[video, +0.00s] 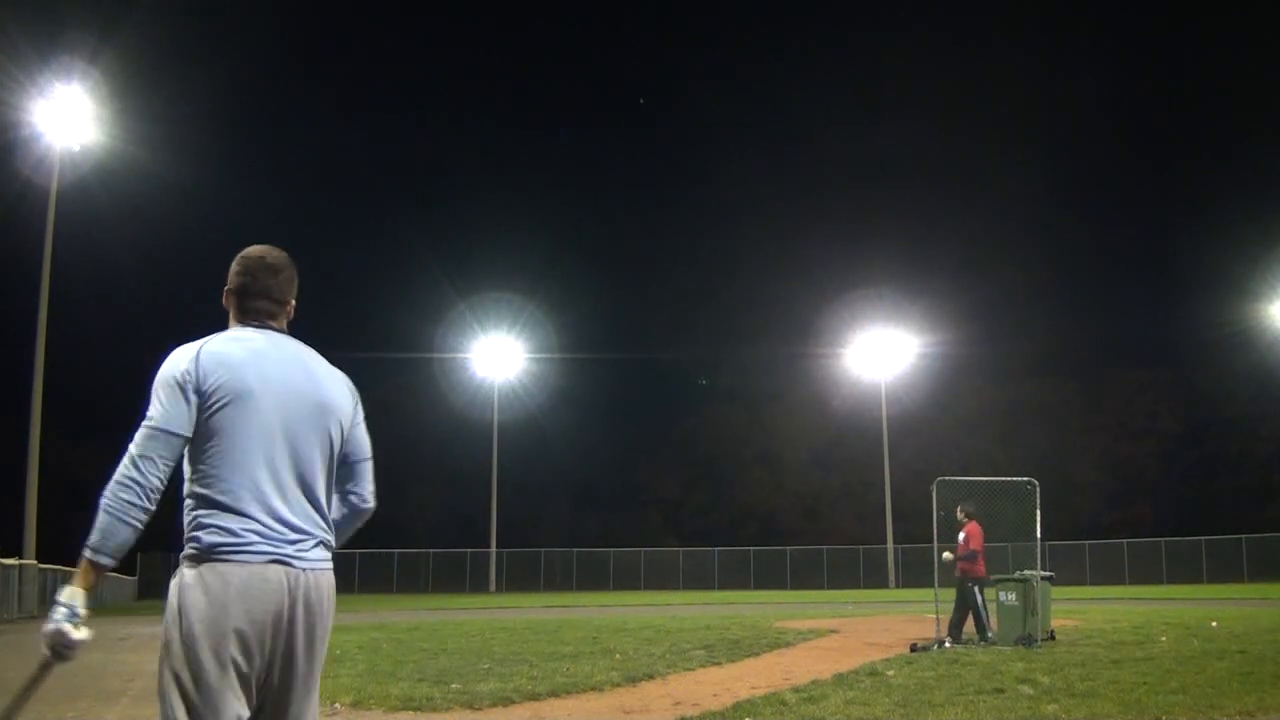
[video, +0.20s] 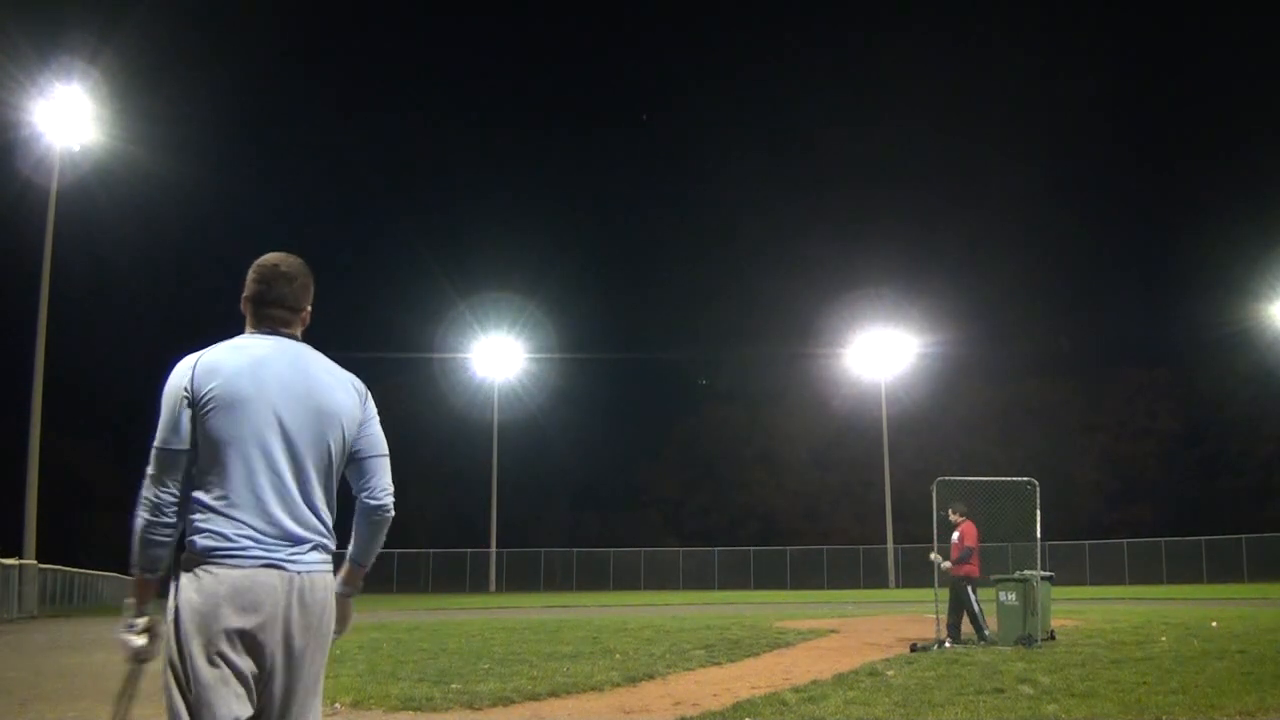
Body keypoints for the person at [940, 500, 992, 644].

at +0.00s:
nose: (957, 514)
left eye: (958, 512)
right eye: (957, 512)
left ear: (965, 513)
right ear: (966, 514)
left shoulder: (974, 528)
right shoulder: (965, 528)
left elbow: (975, 552)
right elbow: (966, 551)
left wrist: (955, 557)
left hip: (974, 576)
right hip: (964, 575)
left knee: (978, 607)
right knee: (960, 608)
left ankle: (985, 636)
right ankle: (954, 636)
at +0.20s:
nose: (949, 518)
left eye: (950, 515)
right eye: (949, 515)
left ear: (958, 514)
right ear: (957, 514)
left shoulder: (968, 527)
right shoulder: (959, 528)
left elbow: (968, 551)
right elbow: (957, 555)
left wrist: (952, 563)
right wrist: (943, 561)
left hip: (966, 574)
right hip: (957, 574)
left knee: (972, 607)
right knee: (955, 608)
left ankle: (984, 635)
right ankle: (953, 636)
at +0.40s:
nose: (942, 518)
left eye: (944, 514)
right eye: (941, 515)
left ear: (952, 514)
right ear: (950, 515)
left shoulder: (963, 527)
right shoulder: (950, 529)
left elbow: (967, 548)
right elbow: (948, 552)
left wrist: (959, 563)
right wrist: (933, 560)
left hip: (961, 572)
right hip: (950, 573)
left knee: (961, 601)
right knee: (951, 605)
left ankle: (978, 631)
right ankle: (953, 636)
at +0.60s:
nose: (938, 518)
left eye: (940, 514)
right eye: (937, 515)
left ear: (948, 514)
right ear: (942, 515)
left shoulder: (959, 526)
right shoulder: (943, 531)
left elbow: (966, 547)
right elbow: (939, 551)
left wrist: (963, 565)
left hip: (955, 571)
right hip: (945, 573)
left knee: (954, 601)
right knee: (948, 604)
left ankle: (968, 632)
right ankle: (952, 635)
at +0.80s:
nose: (936, 517)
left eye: (937, 513)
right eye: (935, 514)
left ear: (945, 513)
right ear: (942, 514)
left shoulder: (957, 526)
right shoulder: (941, 530)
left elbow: (965, 547)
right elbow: (938, 551)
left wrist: (962, 566)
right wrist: (920, 554)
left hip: (954, 573)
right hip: (944, 574)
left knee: (954, 606)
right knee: (947, 606)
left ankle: (954, 636)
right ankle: (948, 635)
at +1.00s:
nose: (935, 514)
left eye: (937, 511)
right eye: (935, 512)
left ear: (946, 512)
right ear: (941, 513)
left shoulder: (955, 527)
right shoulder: (940, 527)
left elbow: (960, 548)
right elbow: (941, 549)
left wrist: (957, 567)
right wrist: (937, 568)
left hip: (951, 573)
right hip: (942, 573)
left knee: (953, 606)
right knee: (946, 606)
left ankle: (955, 636)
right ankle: (948, 635)